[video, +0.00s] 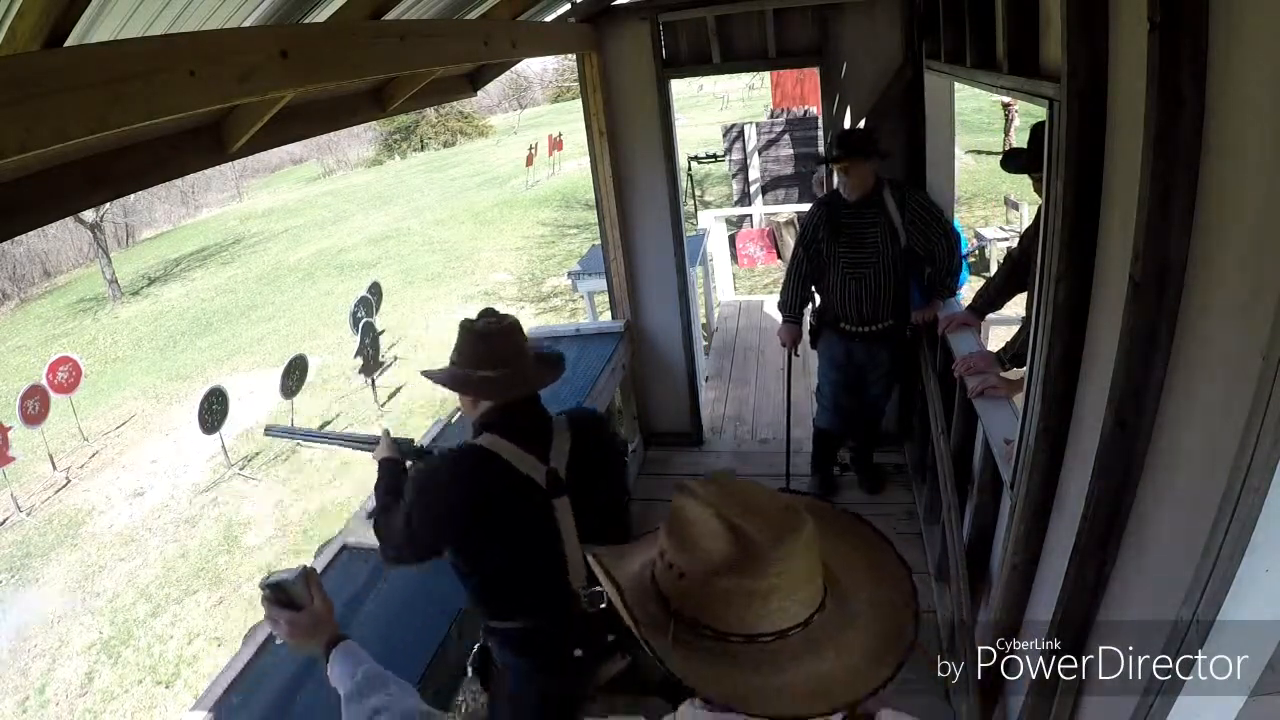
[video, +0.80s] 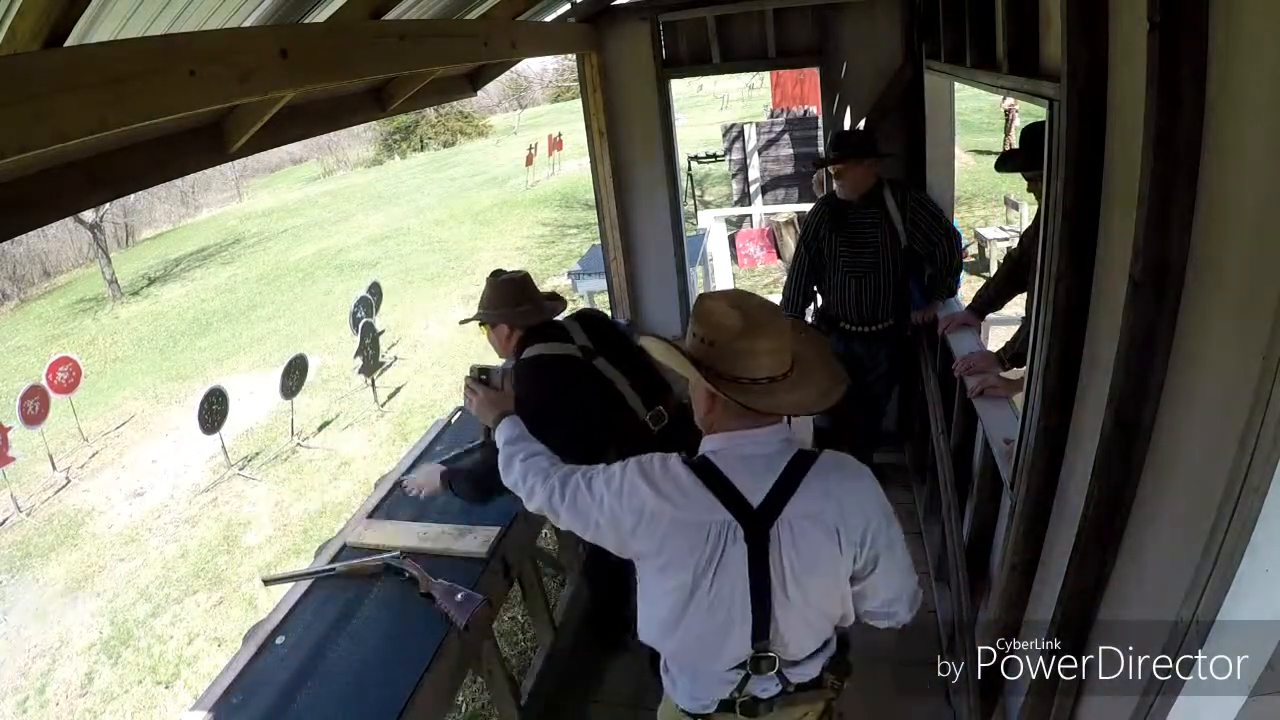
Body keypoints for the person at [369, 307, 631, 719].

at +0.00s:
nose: (456, 396)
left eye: (458, 386)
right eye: (457, 385)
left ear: (470, 392)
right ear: (530, 379)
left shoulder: (453, 476)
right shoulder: (589, 433)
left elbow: (396, 545)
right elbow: (615, 526)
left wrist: (388, 467)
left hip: (530, 648)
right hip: (611, 619)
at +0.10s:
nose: (491, 374)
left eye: (490, 364)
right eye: (489, 364)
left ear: (503, 368)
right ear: (559, 352)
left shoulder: (485, 446)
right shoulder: (626, 403)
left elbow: (436, 531)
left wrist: (403, 475)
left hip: (563, 615)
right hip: (644, 586)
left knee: (545, 705)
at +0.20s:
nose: (509, 359)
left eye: (509, 349)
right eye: (507, 349)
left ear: (526, 351)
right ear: (571, 334)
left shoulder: (510, 419)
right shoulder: (641, 379)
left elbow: (447, 505)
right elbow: (663, 464)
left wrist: (396, 475)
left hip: (586, 588)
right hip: (665, 561)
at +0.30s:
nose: (513, 351)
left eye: (513, 342)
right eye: (511, 342)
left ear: (532, 342)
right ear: (573, 322)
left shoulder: (527, 404)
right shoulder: (636, 364)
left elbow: (452, 480)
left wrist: (390, 477)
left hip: (606, 561)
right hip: (677, 532)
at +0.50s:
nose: (497, 356)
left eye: (497, 347)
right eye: (495, 347)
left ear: (514, 350)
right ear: (554, 330)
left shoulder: (521, 407)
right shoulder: (617, 353)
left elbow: (460, 472)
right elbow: (662, 421)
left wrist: (394, 523)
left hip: (619, 534)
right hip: (683, 501)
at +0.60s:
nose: (486, 361)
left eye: (486, 352)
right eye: (484, 352)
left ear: (504, 354)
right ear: (542, 331)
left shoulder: (515, 408)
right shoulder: (601, 345)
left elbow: (457, 480)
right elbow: (653, 399)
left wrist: (397, 541)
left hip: (622, 513)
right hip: (685, 475)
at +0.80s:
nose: (488, 339)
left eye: (487, 330)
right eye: (484, 330)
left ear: (505, 332)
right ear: (543, 309)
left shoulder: (530, 374)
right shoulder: (594, 321)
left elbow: (514, 449)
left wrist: (446, 476)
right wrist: (516, 383)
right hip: (681, 442)